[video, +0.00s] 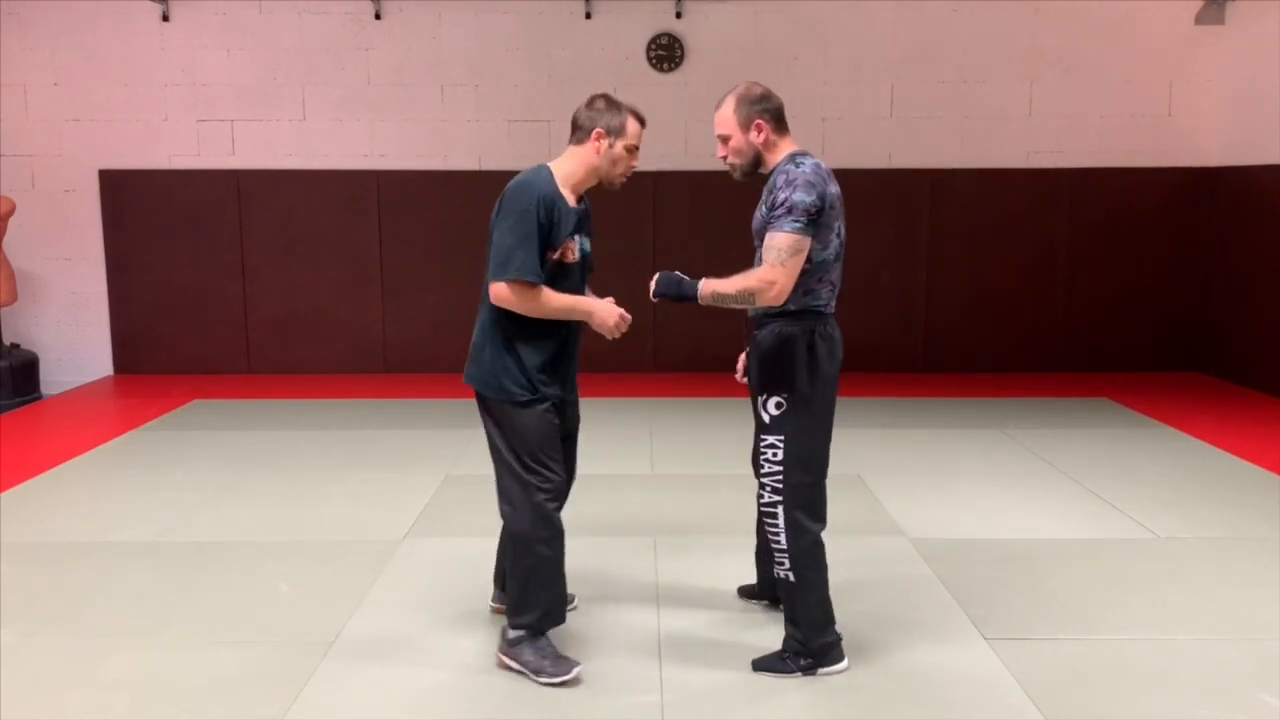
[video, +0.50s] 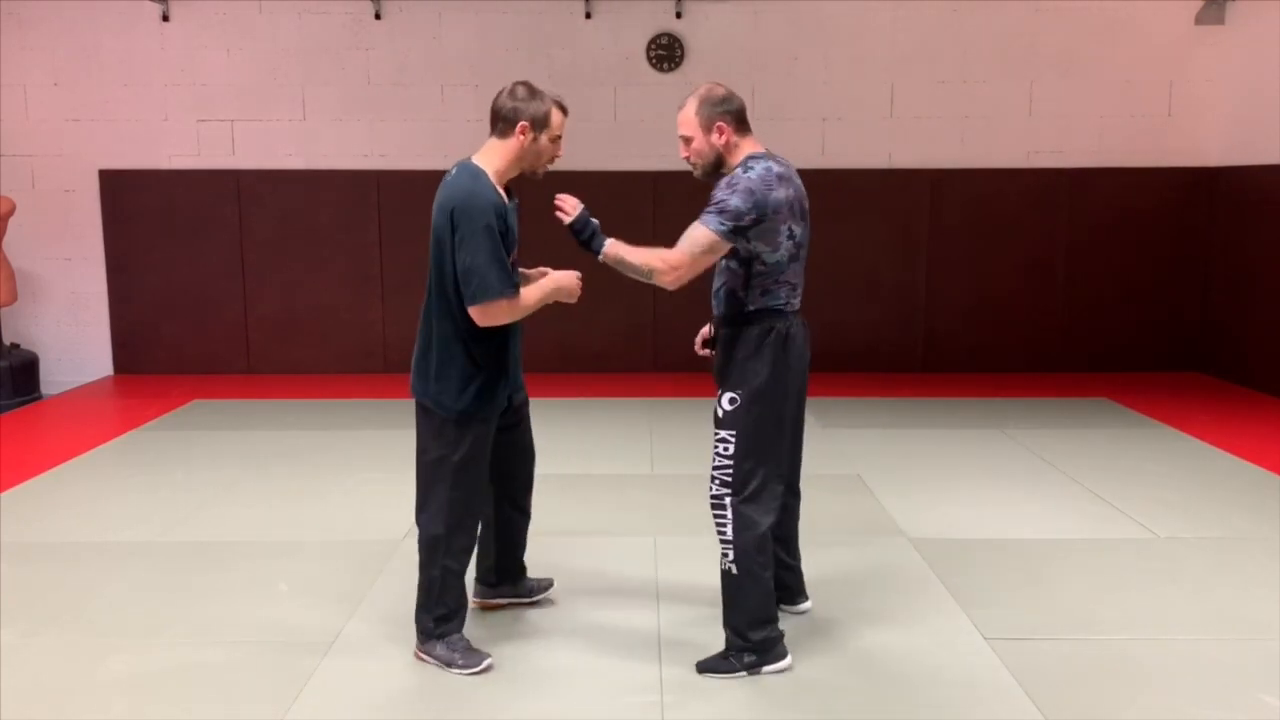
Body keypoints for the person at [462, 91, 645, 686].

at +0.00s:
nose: (635, 162)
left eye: (638, 151)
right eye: (630, 149)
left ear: (597, 144)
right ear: (597, 141)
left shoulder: (577, 203)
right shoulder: (529, 195)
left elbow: (563, 288)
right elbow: (507, 290)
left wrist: (596, 308)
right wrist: (588, 308)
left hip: (552, 375)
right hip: (512, 377)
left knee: (550, 487)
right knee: (537, 497)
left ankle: (515, 587)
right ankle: (524, 634)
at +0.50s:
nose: (558, 153)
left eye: (560, 140)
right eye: (555, 140)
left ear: (519, 132)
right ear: (524, 133)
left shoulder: (491, 187)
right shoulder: (472, 199)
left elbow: (484, 277)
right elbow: (487, 309)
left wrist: (527, 279)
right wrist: (546, 290)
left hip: (495, 376)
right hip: (456, 384)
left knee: (511, 480)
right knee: (452, 511)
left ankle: (500, 579)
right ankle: (437, 632)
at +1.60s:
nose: (547, 183)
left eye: (550, 171)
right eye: (541, 171)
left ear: (508, 162)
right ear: (502, 159)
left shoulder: (515, 211)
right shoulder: (431, 219)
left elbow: (539, 277)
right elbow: (442, 318)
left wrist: (596, 273)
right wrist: (528, 280)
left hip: (526, 379)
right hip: (467, 394)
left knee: (559, 473)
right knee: (467, 520)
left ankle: (500, 562)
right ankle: (432, 638)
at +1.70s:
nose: (556, 189)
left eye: (560, 177)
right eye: (548, 176)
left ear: (525, 167)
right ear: (510, 164)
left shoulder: (543, 211)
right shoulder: (443, 220)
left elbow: (566, 280)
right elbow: (423, 317)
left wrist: (620, 277)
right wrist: (519, 306)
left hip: (544, 374)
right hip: (478, 389)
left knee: (596, 466)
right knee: (467, 521)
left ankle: (563, 574)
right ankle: (432, 640)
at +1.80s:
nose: (583, 194)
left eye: (588, 182)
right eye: (574, 181)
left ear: (587, 174)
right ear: (537, 164)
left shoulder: (575, 211)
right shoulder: (469, 217)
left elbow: (606, 288)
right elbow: (426, 306)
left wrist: (646, 254)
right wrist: (509, 324)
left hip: (566, 378)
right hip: (493, 393)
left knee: (620, 473)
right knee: (470, 519)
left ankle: (648, 584)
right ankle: (432, 640)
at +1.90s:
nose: (618, 201)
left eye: (628, 189)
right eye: (610, 186)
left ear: (637, 181)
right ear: (582, 163)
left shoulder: (619, 225)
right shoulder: (518, 209)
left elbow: (633, 303)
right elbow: (461, 285)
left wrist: (655, 261)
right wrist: (514, 332)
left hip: (594, 386)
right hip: (519, 391)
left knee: (652, 489)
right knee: (480, 512)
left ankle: (698, 596)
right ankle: (436, 635)